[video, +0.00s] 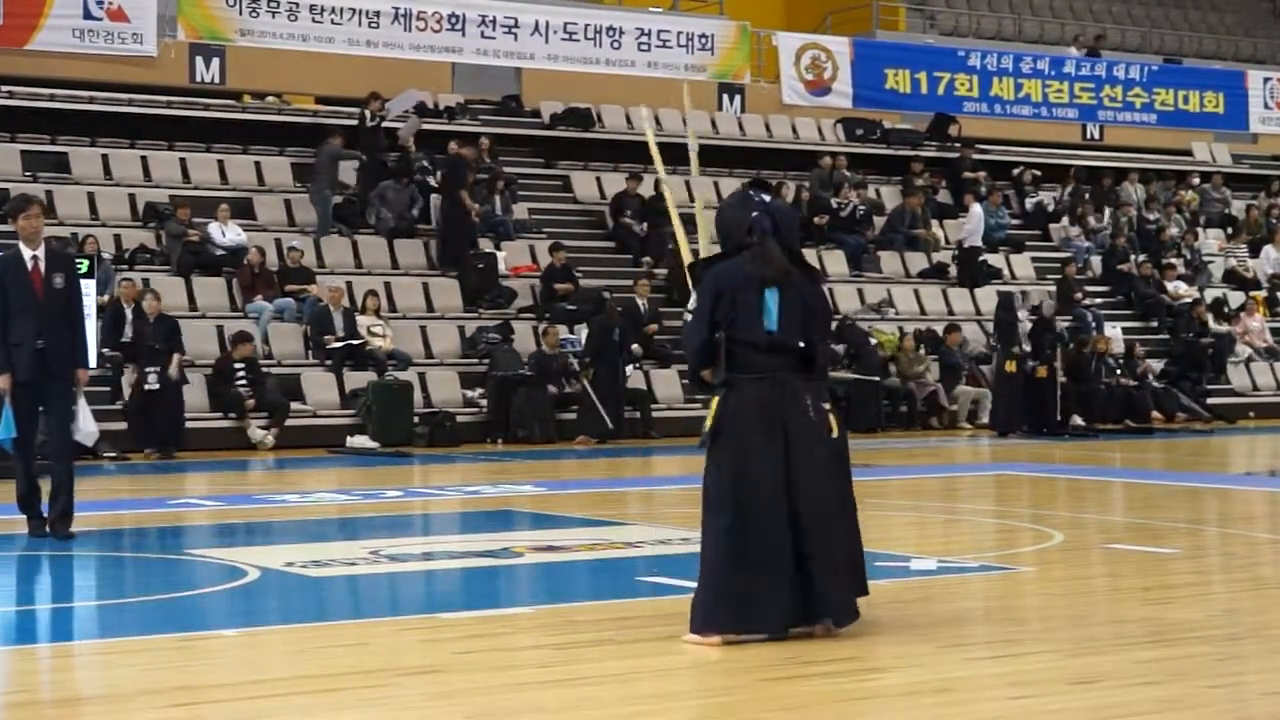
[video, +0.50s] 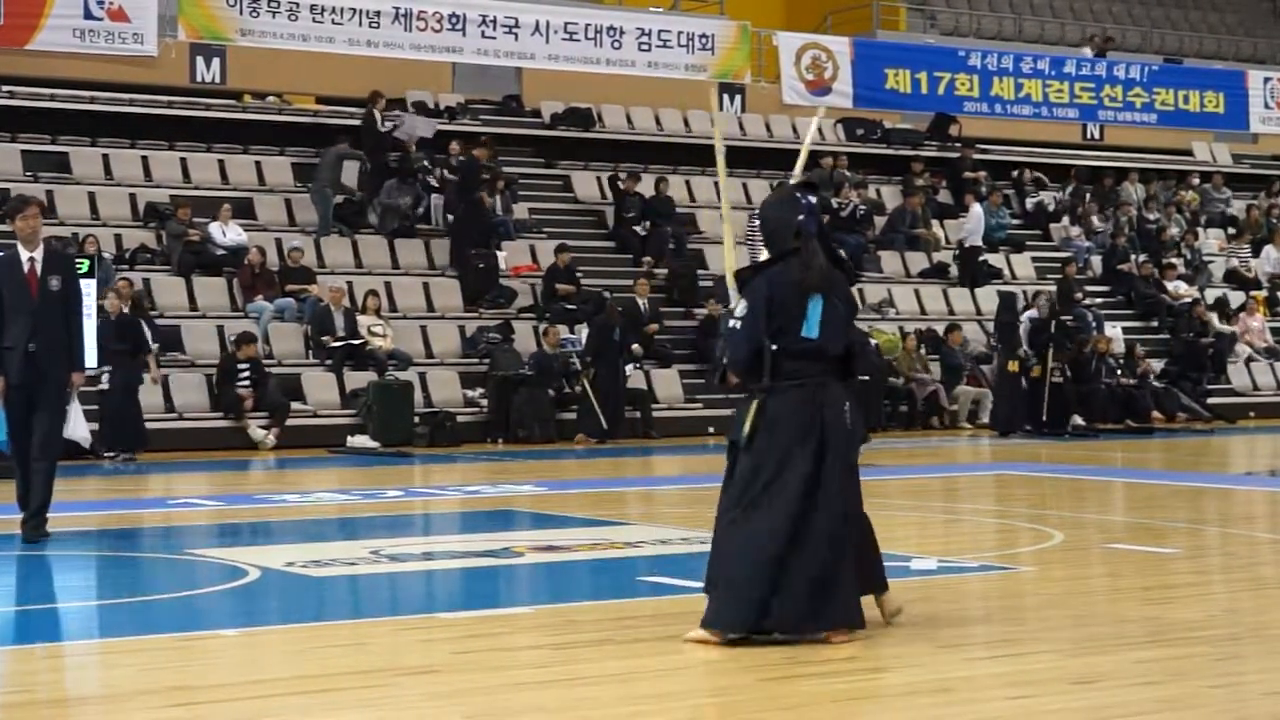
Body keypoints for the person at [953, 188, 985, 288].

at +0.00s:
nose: (964, 199)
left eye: (966, 196)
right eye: (965, 196)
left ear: (972, 197)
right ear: (971, 197)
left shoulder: (974, 210)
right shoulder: (976, 209)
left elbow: (970, 227)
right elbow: (971, 227)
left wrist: (959, 238)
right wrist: (960, 238)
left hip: (970, 247)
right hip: (974, 246)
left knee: (965, 274)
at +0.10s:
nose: (964, 199)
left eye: (967, 196)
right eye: (965, 196)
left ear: (972, 197)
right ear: (971, 198)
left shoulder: (974, 211)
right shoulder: (977, 209)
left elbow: (969, 228)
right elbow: (971, 227)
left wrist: (959, 239)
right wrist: (960, 239)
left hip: (970, 247)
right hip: (975, 246)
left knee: (964, 275)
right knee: (970, 275)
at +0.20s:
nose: (965, 199)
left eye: (967, 196)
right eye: (965, 196)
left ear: (972, 197)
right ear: (972, 197)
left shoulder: (974, 211)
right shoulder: (977, 209)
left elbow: (969, 228)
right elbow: (971, 227)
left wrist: (959, 239)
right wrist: (960, 239)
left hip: (970, 246)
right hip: (975, 245)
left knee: (964, 274)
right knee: (970, 274)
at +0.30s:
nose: (965, 199)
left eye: (967, 196)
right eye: (965, 196)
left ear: (973, 197)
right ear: (972, 197)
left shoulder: (974, 211)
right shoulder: (977, 209)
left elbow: (969, 228)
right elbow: (971, 227)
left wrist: (958, 239)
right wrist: (960, 239)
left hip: (970, 246)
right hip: (975, 246)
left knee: (964, 274)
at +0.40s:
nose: (965, 199)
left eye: (967, 196)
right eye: (965, 196)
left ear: (973, 197)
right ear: (972, 197)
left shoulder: (974, 211)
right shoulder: (977, 209)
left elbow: (969, 227)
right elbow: (971, 227)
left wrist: (959, 239)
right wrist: (961, 239)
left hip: (970, 246)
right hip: (975, 245)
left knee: (965, 274)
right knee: (970, 274)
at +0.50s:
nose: (965, 199)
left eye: (967, 196)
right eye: (965, 196)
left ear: (972, 197)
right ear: (972, 198)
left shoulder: (974, 210)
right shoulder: (977, 209)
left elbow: (969, 227)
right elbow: (972, 227)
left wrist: (960, 238)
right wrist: (961, 238)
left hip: (971, 246)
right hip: (976, 245)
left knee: (966, 273)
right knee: (971, 273)